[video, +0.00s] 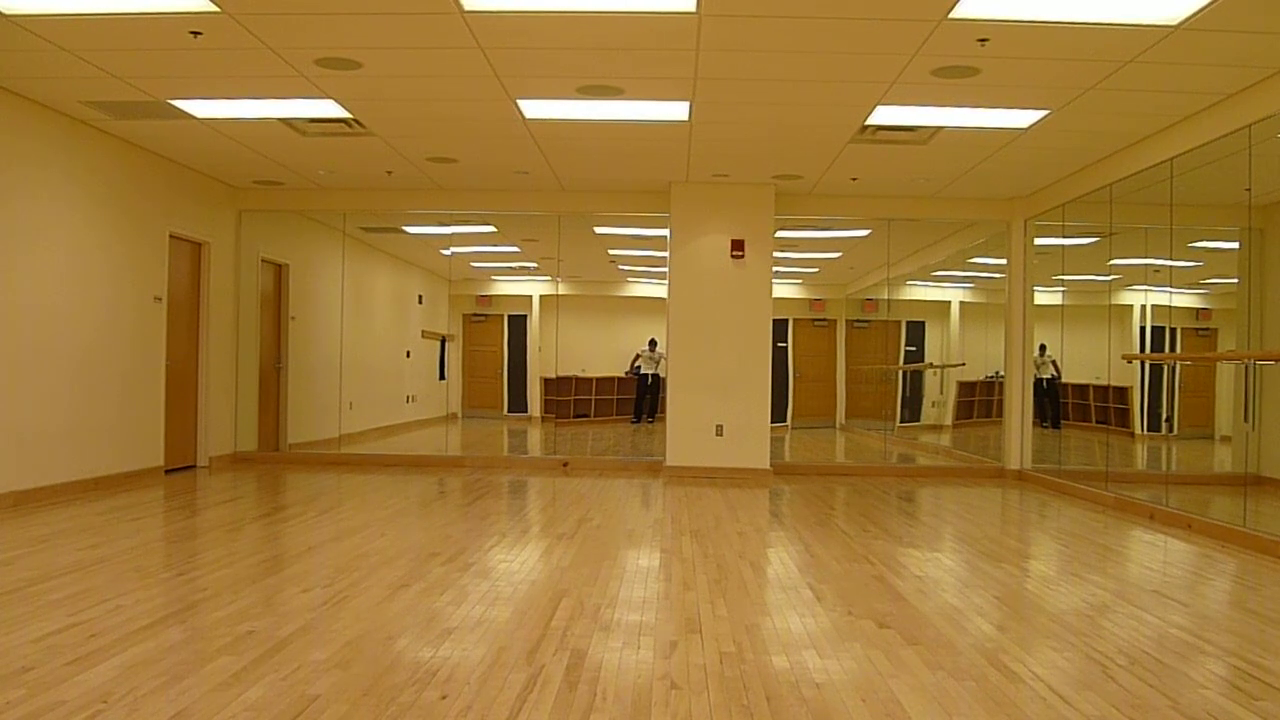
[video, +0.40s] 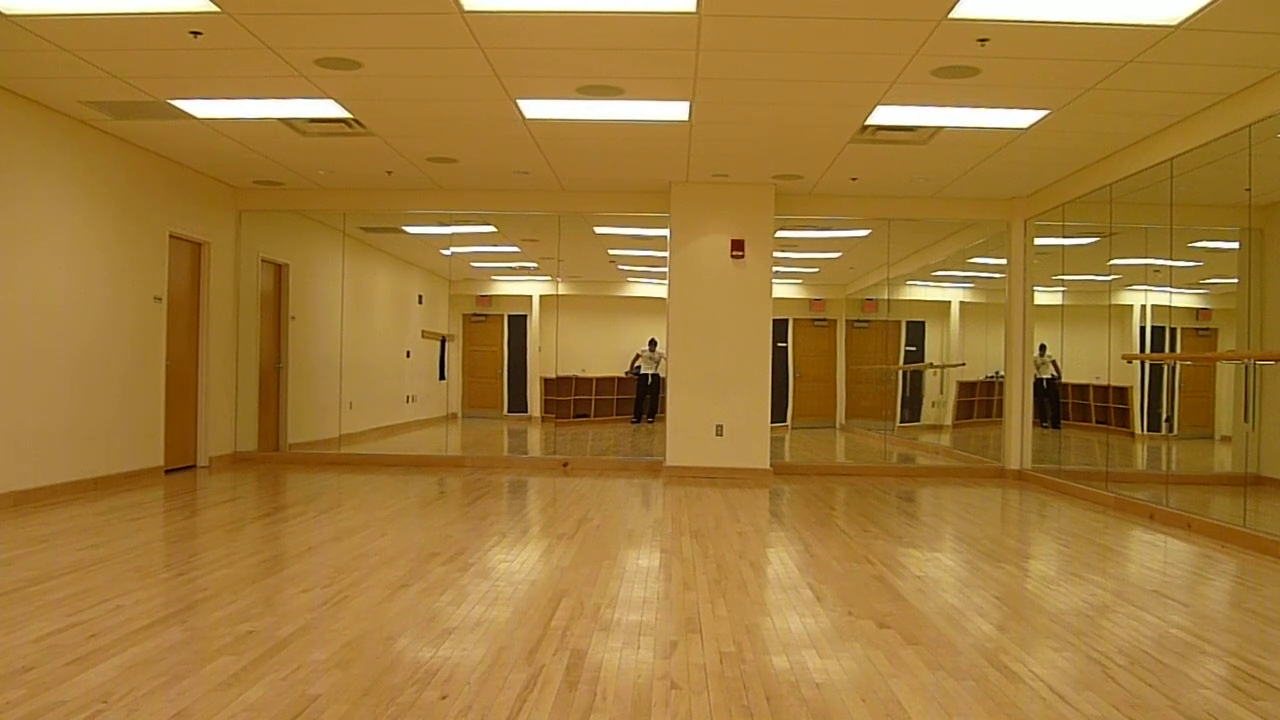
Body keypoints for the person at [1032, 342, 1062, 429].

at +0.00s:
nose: (1042, 352)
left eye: (1043, 350)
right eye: (1041, 350)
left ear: (1046, 350)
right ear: (1039, 350)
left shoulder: (1049, 357)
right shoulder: (1035, 359)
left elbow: (1056, 367)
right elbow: (1033, 368)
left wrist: (1059, 375)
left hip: (1050, 378)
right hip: (1039, 378)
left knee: (1054, 400)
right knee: (1040, 401)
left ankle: (1055, 421)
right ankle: (1043, 421)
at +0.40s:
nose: (1042, 352)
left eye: (1043, 350)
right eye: (1041, 350)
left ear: (1046, 350)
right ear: (1039, 350)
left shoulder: (1049, 357)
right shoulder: (1035, 359)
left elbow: (1056, 367)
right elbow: (1034, 368)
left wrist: (1059, 375)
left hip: (1050, 378)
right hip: (1039, 378)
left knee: (1054, 400)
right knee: (1040, 401)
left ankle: (1055, 421)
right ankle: (1043, 421)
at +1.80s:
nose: (1052, 353)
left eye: (1054, 351)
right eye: (1051, 350)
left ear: (1057, 352)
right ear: (1049, 350)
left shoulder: (1059, 358)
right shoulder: (1043, 358)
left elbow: (1062, 367)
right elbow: (1035, 367)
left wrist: (1060, 376)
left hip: (1052, 379)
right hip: (1041, 379)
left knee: (1055, 401)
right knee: (1041, 400)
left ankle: (1055, 422)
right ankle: (1043, 420)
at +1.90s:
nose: (1055, 353)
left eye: (1058, 352)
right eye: (1054, 351)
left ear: (1060, 352)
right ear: (1052, 350)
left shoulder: (1060, 359)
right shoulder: (1045, 357)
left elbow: (1061, 367)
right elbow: (1037, 364)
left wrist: (1060, 376)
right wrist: (1035, 371)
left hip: (1052, 379)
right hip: (1042, 379)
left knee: (1055, 401)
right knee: (1041, 400)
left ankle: (1055, 422)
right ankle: (1043, 420)